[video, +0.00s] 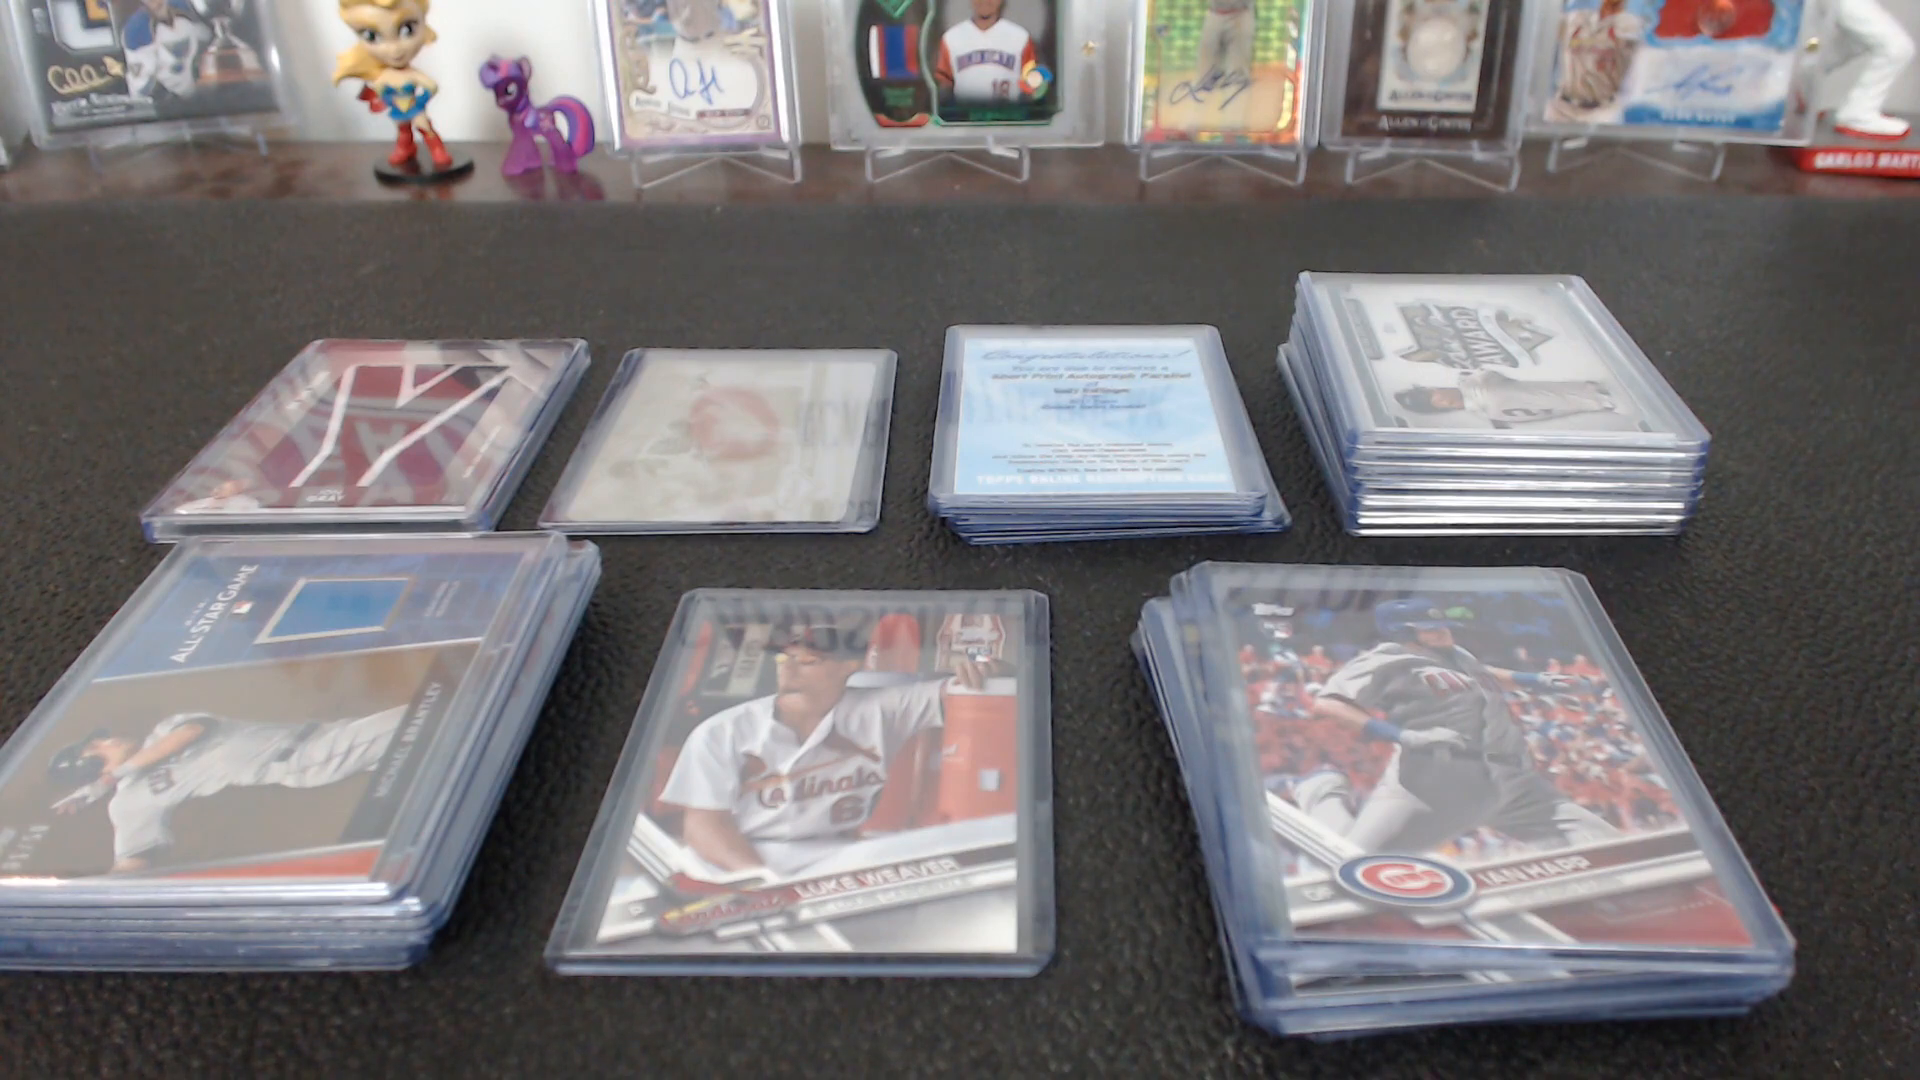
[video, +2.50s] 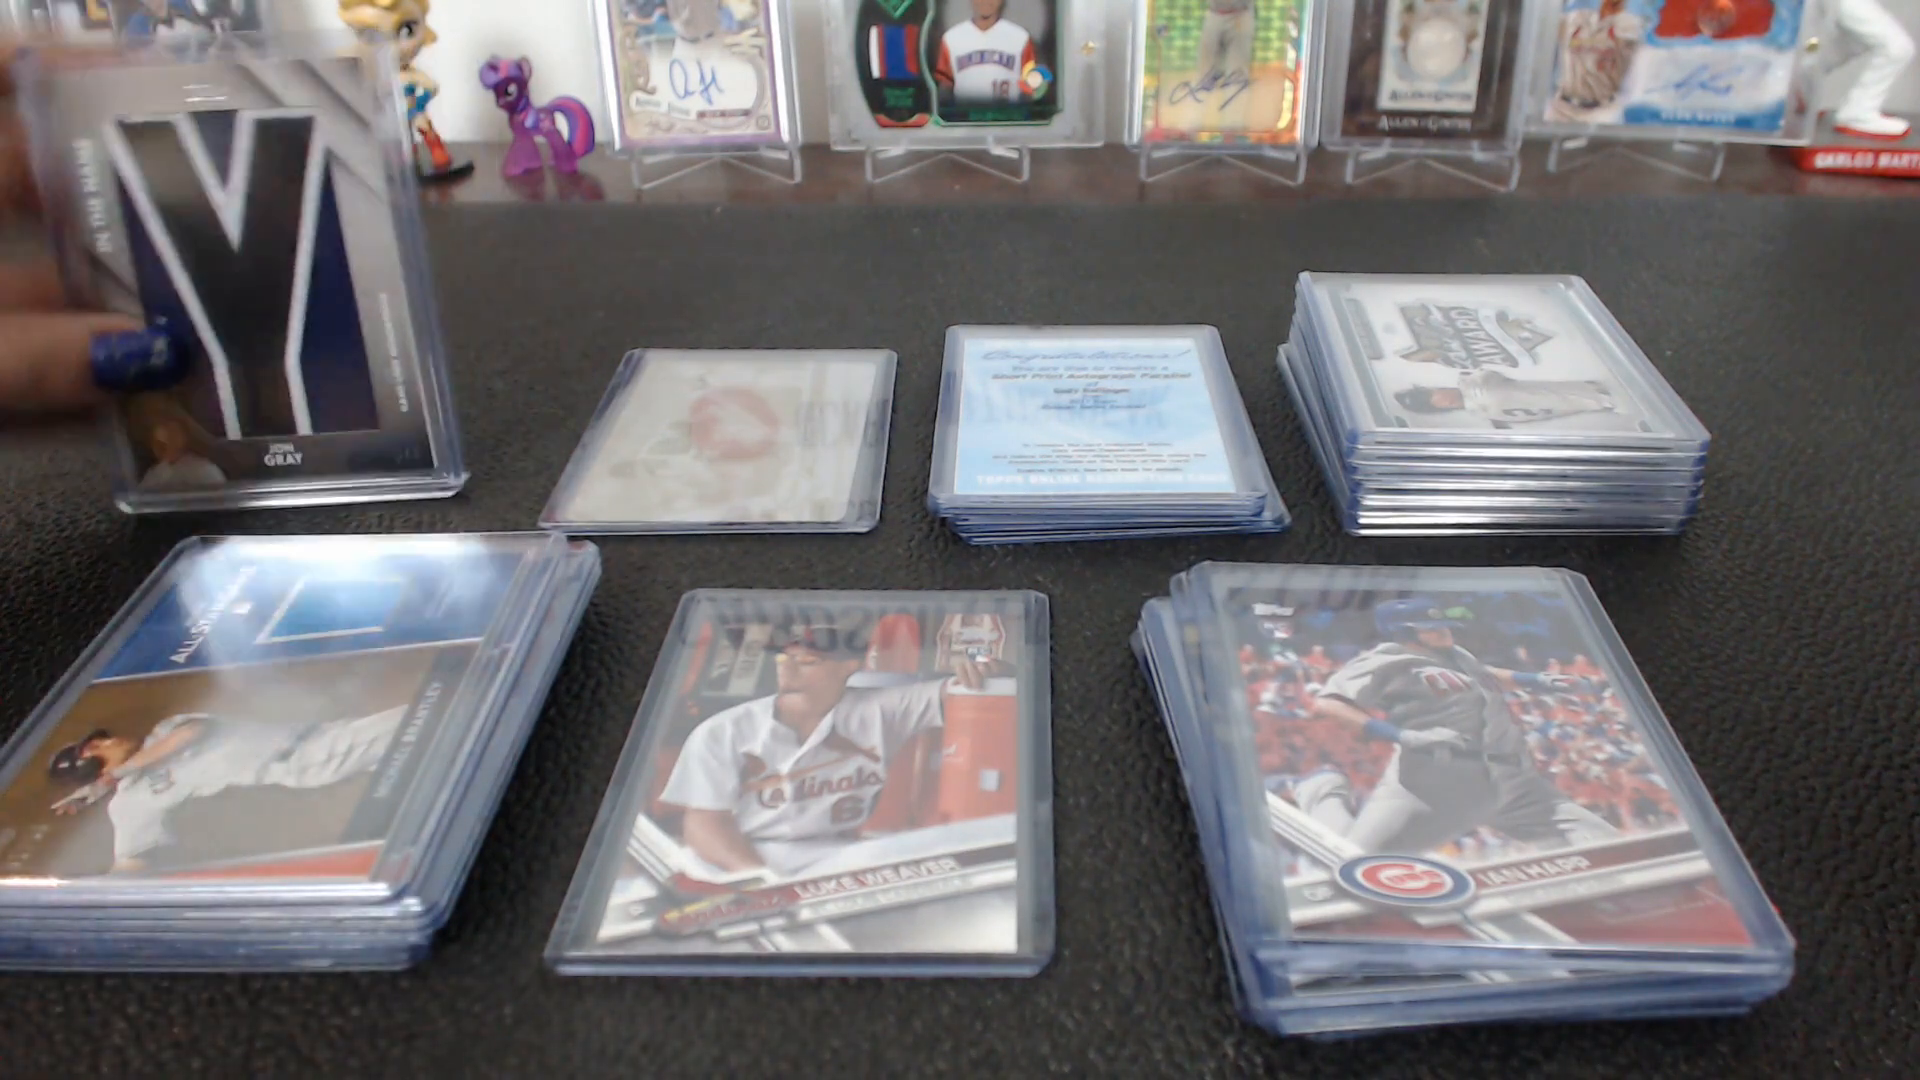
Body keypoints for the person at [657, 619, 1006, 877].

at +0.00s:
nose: (792, 661)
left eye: (814, 651)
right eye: (785, 648)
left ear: (852, 665)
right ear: (775, 658)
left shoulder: (874, 714)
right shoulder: (720, 736)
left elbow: (955, 691)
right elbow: (703, 829)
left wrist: (973, 674)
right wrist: (768, 884)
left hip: (827, 868)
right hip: (728, 873)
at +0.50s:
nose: (793, 660)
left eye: (814, 650)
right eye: (786, 648)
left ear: (853, 664)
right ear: (775, 657)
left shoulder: (875, 714)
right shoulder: (720, 736)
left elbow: (957, 690)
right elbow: (703, 829)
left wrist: (973, 672)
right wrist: (768, 884)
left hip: (827, 868)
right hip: (729, 871)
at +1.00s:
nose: (794, 657)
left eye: (816, 647)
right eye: (787, 645)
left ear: (853, 663)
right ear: (776, 655)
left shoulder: (875, 714)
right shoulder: (720, 735)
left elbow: (958, 690)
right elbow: (703, 830)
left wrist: (974, 671)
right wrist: (768, 885)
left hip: (828, 868)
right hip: (730, 872)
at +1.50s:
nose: (793, 659)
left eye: (814, 649)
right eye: (787, 646)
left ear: (853, 664)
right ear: (776, 656)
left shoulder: (875, 716)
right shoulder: (720, 735)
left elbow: (957, 690)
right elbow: (703, 830)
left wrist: (974, 673)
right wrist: (769, 885)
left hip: (827, 871)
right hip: (728, 875)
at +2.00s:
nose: (793, 658)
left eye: (814, 650)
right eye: (787, 646)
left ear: (853, 663)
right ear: (776, 655)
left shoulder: (875, 714)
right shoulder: (720, 735)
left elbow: (954, 692)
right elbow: (703, 831)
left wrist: (975, 675)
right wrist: (768, 886)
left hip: (830, 870)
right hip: (732, 875)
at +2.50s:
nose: (793, 658)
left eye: (814, 650)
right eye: (786, 646)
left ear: (853, 663)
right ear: (776, 655)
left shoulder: (874, 715)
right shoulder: (720, 735)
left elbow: (955, 692)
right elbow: (703, 831)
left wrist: (976, 674)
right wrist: (768, 885)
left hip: (829, 869)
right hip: (732, 875)